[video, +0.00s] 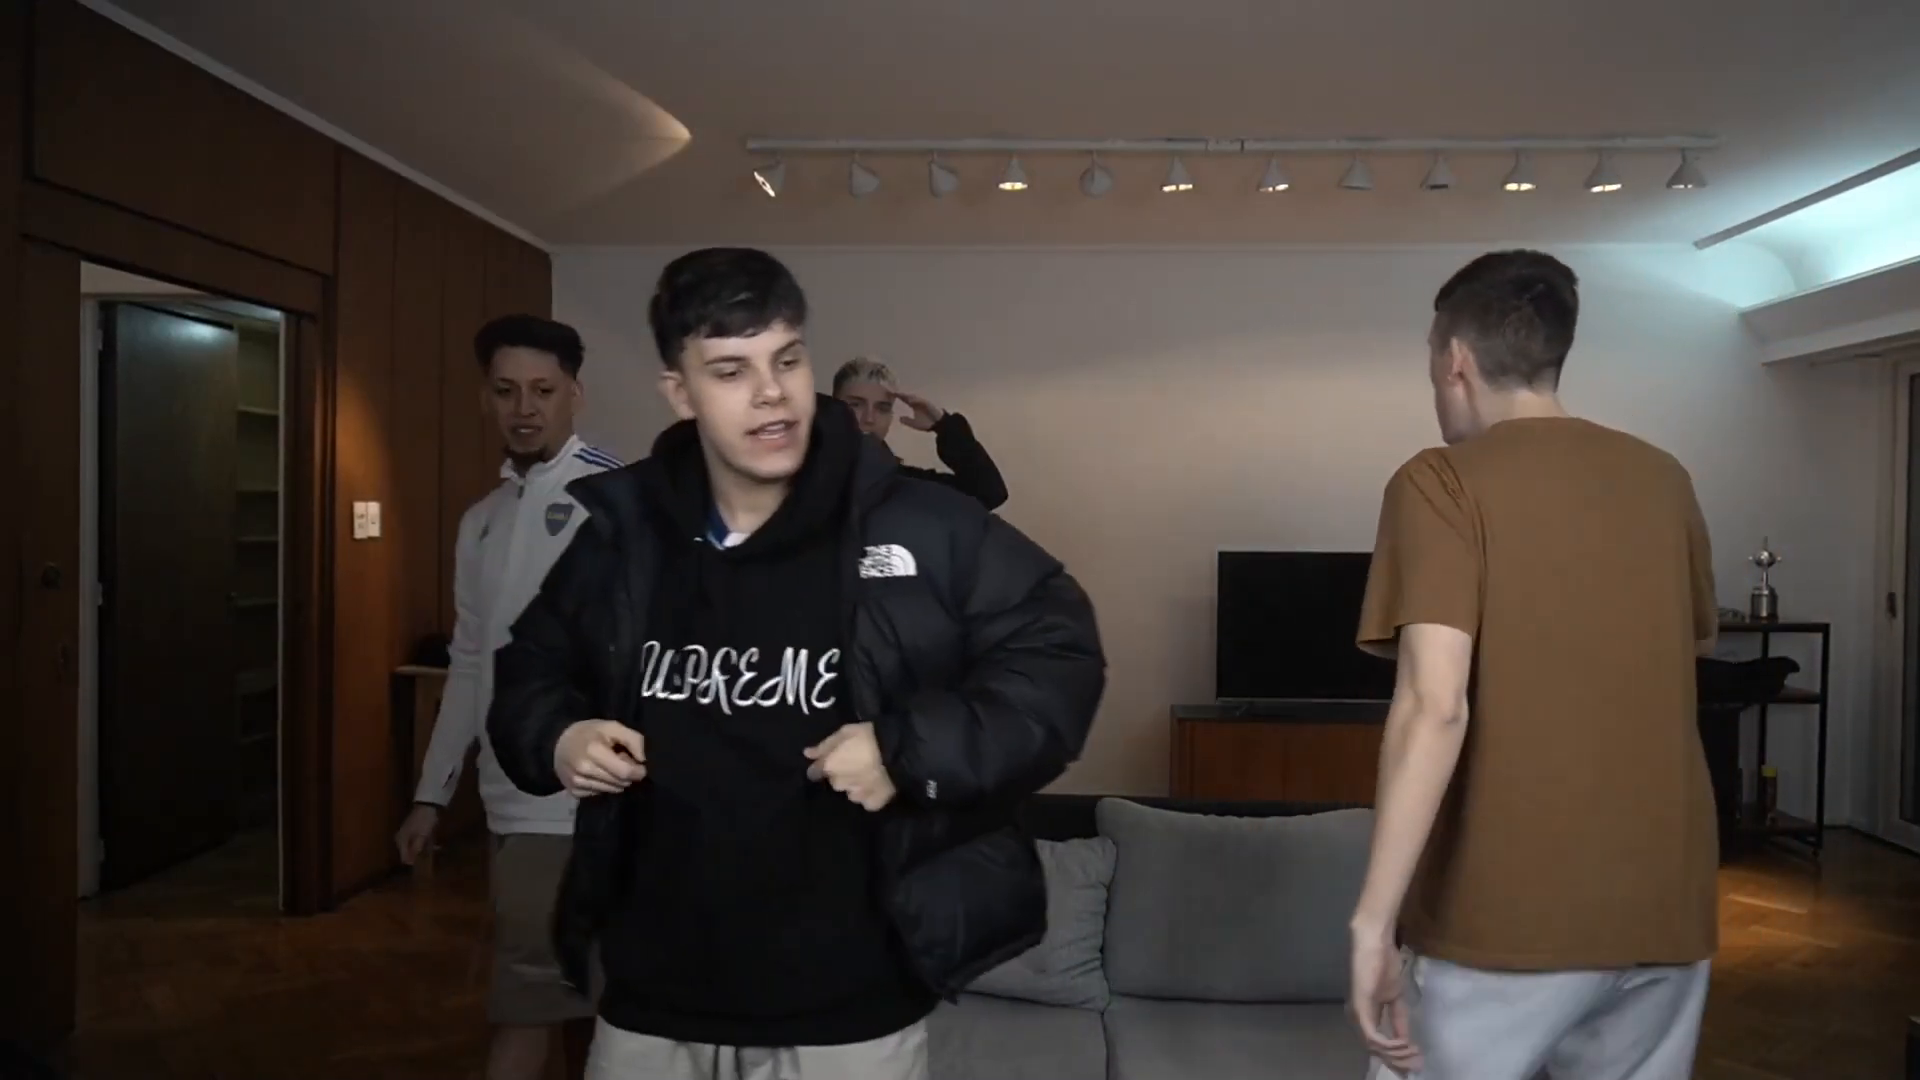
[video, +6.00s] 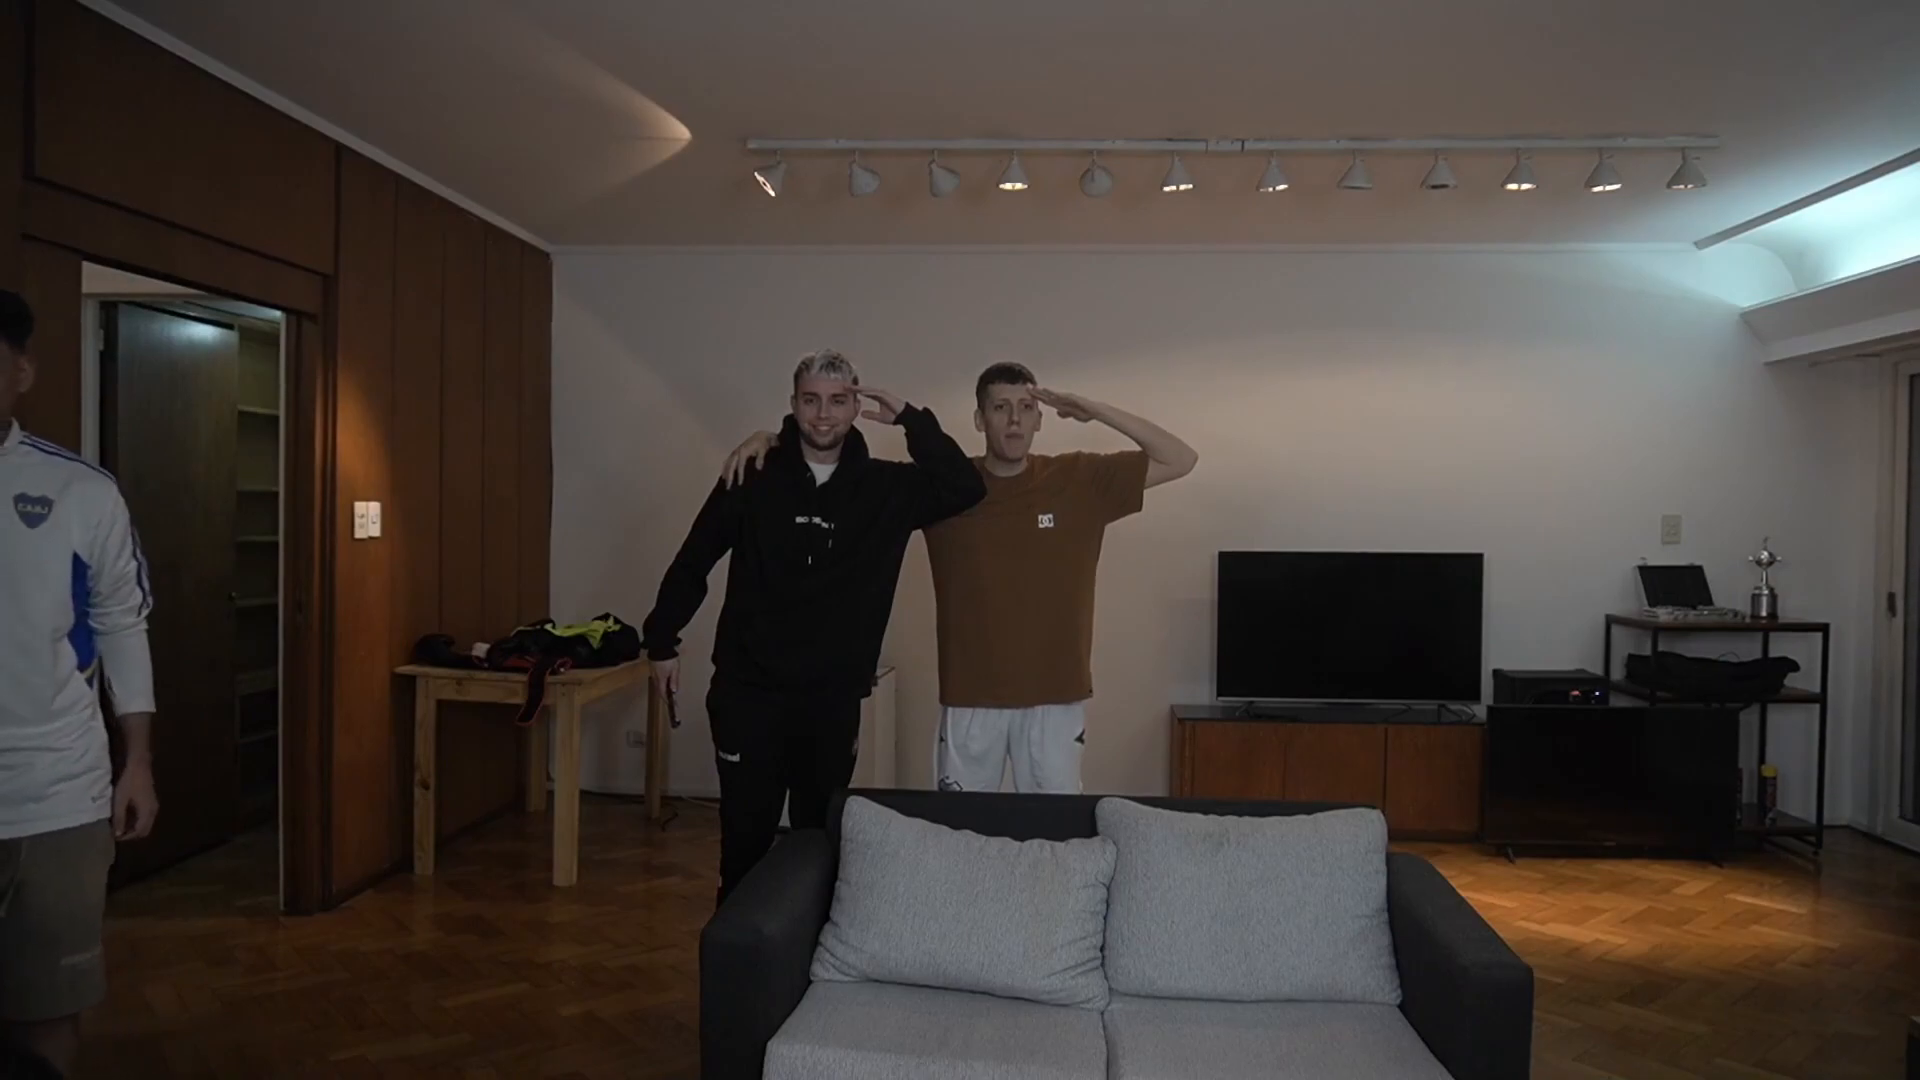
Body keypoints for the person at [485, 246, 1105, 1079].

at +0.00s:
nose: (773, 394)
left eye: (787, 361)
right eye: (732, 371)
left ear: (810, 362)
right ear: (678, 389)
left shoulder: (923, 523)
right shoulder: (625, 530)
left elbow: (1059, 657)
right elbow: (525, 674)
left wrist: (912, 749)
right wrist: (558, 737)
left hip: (851, 1003)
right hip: (656, 997)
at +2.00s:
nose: (356, 387)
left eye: (374, 360)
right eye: (317, 360)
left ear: (394, 373)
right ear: (251, 377)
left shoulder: (404, 526)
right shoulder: (160, 545)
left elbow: (449, 674)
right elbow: (81, 752)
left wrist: (511, 701)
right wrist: (328, 751)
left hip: (390, 969)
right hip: (247, 994)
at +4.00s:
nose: (203, 390)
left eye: (218, 377)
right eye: (182, 375)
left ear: (231, 391)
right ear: (138, 384)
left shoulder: (247, 504)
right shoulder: (88, 469)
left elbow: (241, 628)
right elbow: (7, 495)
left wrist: (247, 725)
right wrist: (122, 411)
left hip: (206, 773)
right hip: (98, 771)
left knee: (174, 957)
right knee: (77, 976)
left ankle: (155, 1073)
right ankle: (53, 1074)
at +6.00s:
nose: (2, 379)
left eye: (6, 365)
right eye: (3, 363)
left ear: (25, 373)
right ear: (16, 370)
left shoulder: (81, 493)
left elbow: (123, 625)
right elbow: (124, 626)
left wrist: (138, 758)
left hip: (50, 802)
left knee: (45, 1021)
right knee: (35, 1020)